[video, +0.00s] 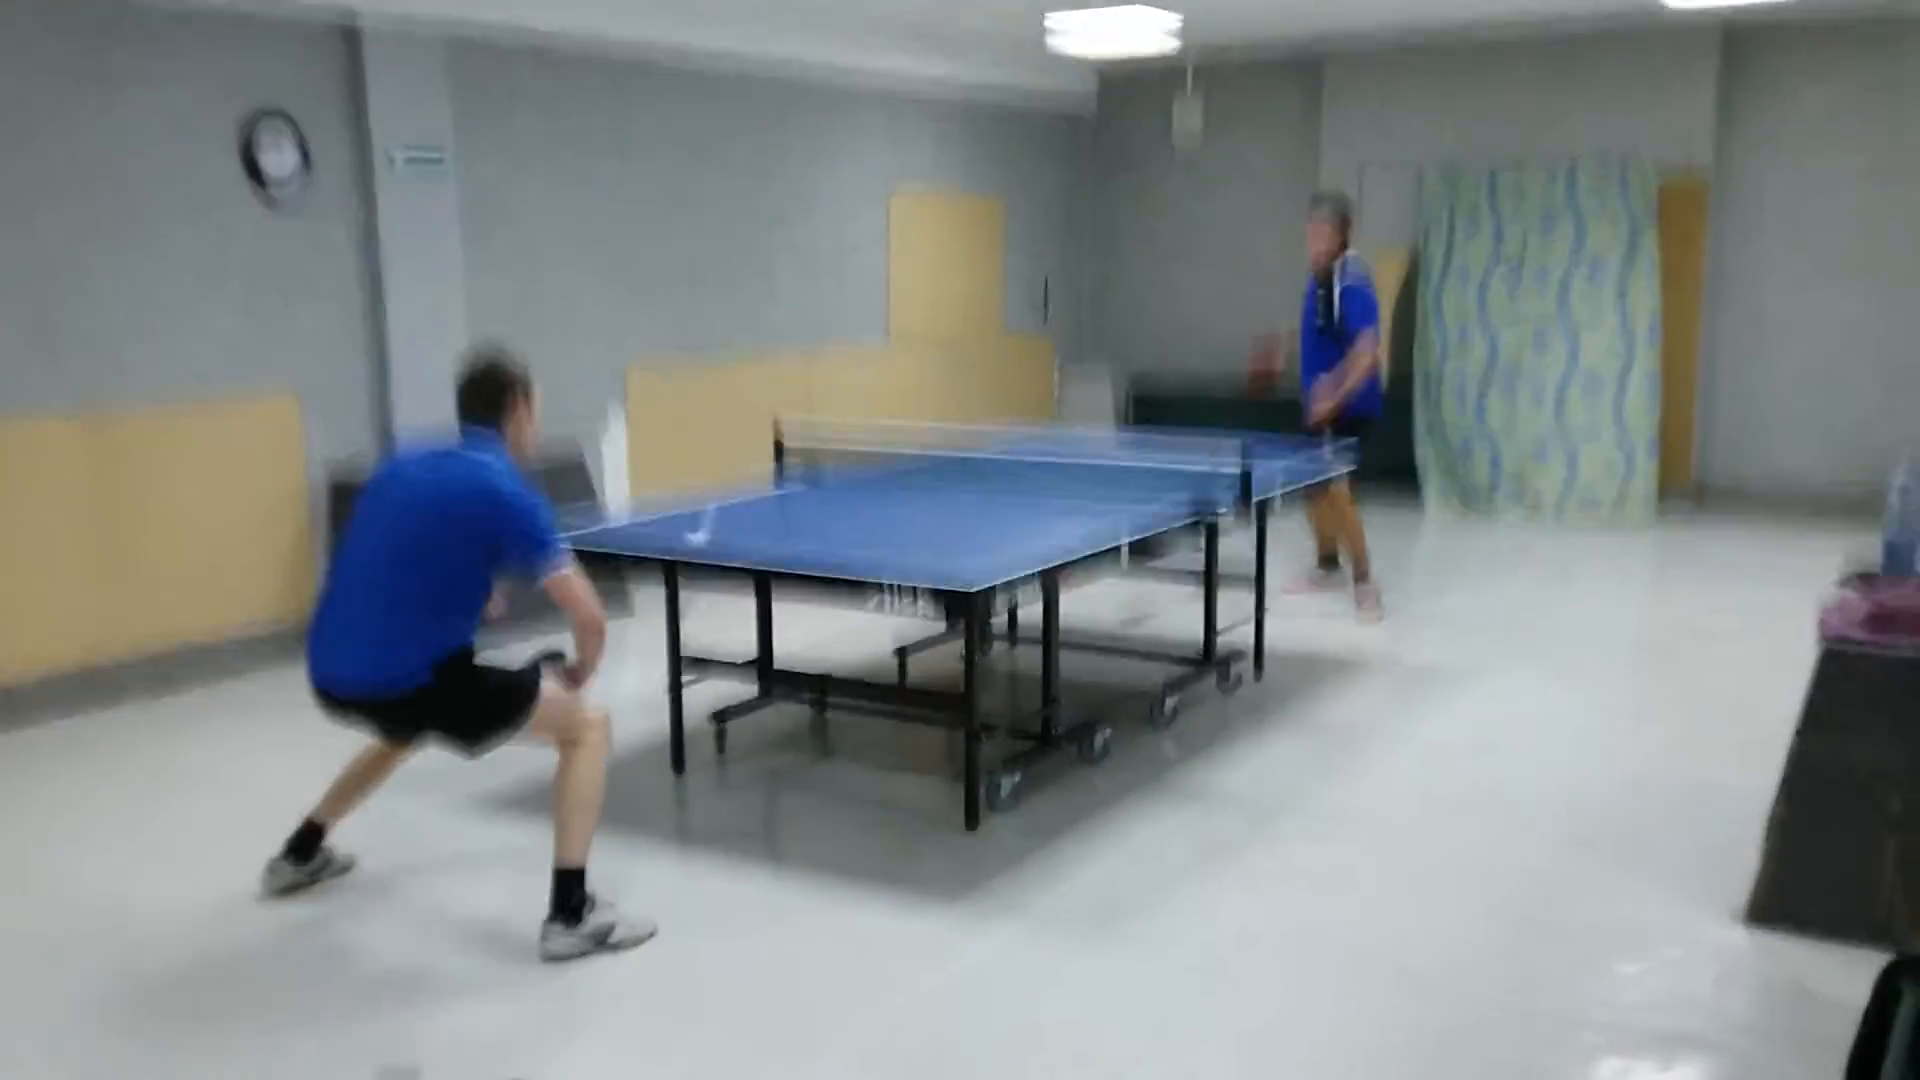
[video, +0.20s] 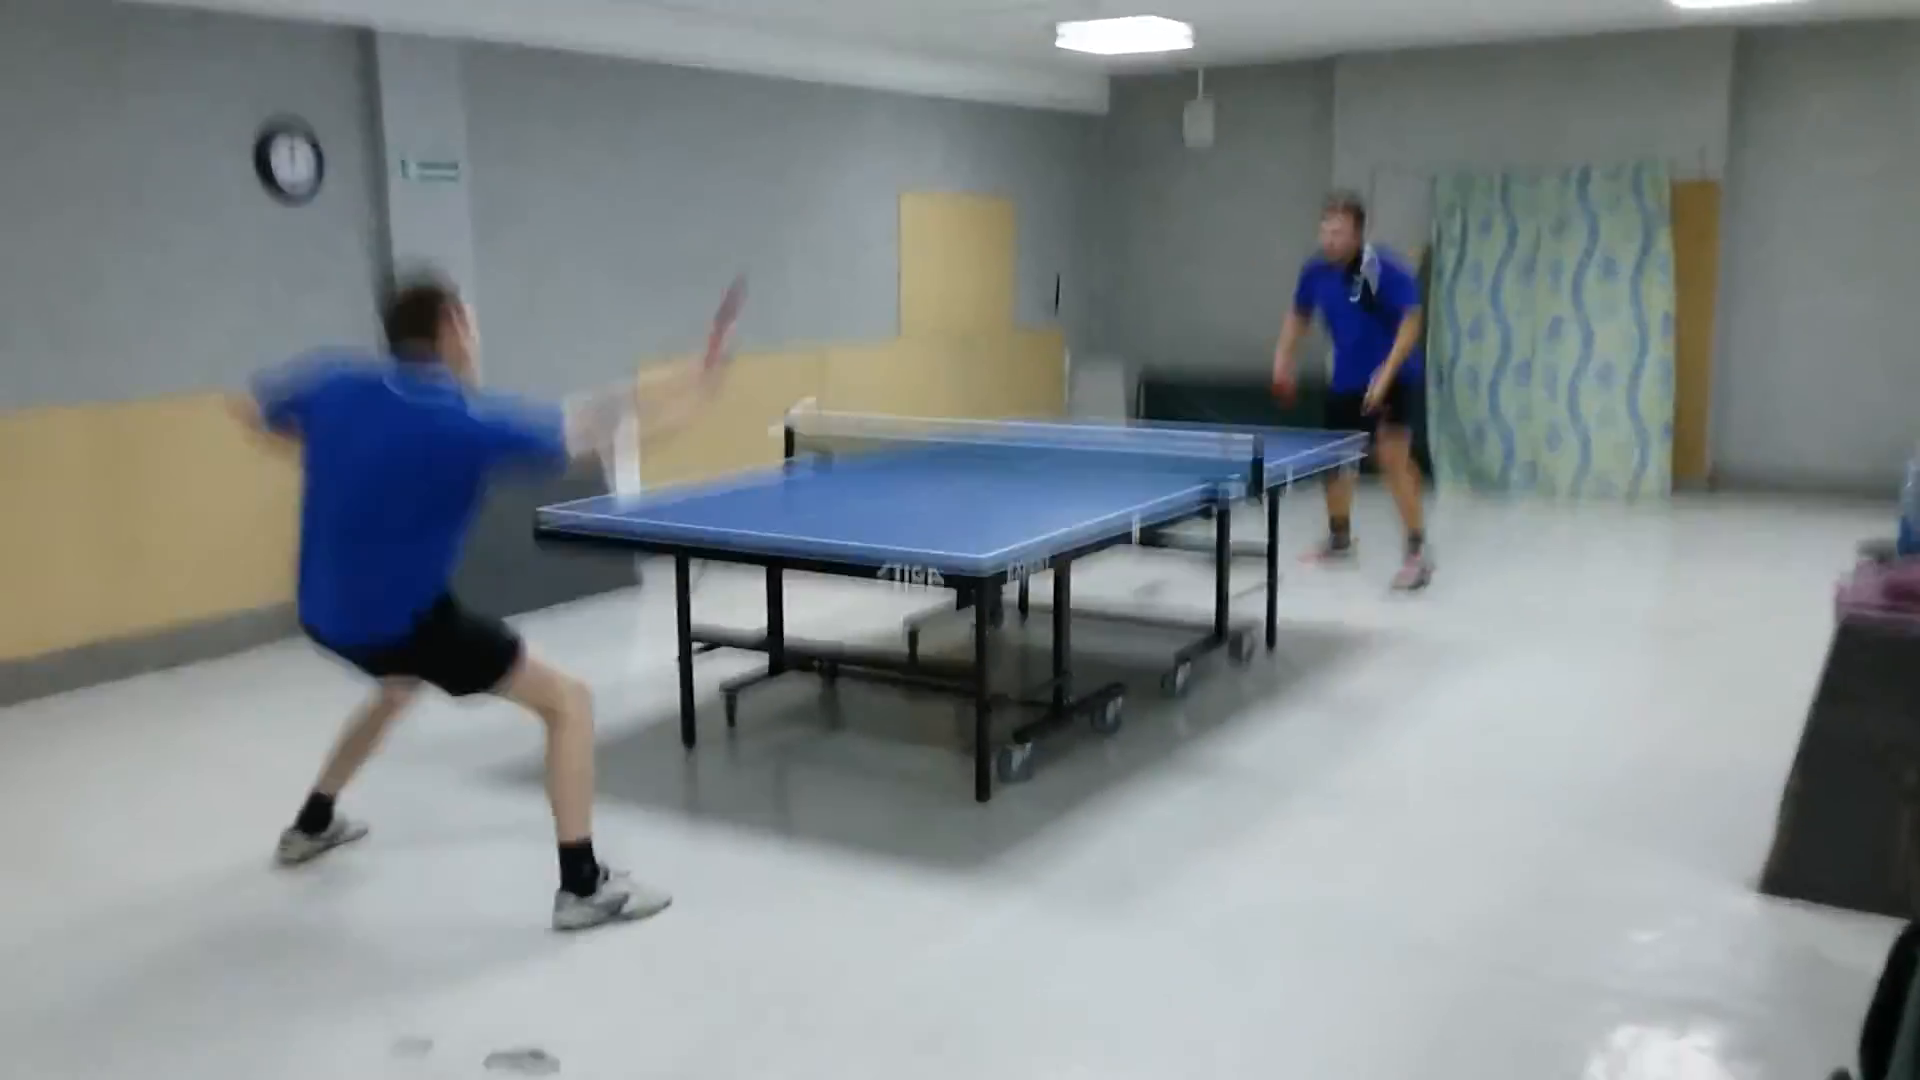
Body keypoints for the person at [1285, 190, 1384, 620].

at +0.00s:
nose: (1315, 240)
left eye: (1323, 231)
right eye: (1311, 230)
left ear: (1342, 234)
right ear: (1306, 235)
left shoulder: (1351, 280)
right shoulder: (1319, 278)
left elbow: (1366, 348)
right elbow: (1316, 337)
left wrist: (1334, 392)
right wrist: (1284, 357)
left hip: (1347, 399)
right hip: (1319, 394)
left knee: (1337, 487)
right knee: (1314, 485)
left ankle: (1362, 580)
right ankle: (1326, 565)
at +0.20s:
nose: (1332, 239)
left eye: (1341, 231)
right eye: (1327, 230)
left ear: (1359, 233)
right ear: (1320, 233)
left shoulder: (1385, 269)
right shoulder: (1316, 273)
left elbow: (1411, 320)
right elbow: (1297, 317)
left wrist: (1385, 374)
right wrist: (1283, 361)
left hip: (1392, 375)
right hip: (1345, 377)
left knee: (1392, 453)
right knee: (1336, 457)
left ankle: (1415, 549)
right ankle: (1339, 538)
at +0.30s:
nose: (1321, 252)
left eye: (1331, 244)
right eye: (1317, 243)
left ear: (1349, 249)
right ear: (1310, 247)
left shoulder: (1377, 280)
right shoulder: (1306, 288)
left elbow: (1416, 324)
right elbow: (1280, 329)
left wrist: (1398, 383)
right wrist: (1277, 368)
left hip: (1387, 387)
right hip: (1339, 390)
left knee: (1402, 462)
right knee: (1314, 464)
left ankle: (1442, 551)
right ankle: (1311, 542)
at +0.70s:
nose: (1355, 332)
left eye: (1364, 323)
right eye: (1349, 323)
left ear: (1382, 325)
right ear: (1342, 326)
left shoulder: (1415, 342)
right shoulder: (1334, 363)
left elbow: (1465, 373)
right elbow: (1296, 423)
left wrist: (1494, 420)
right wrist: (1311, 407)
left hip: (1434, 439)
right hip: (1379, 444)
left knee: (1458, 503)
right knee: (1344, 503)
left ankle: (1490, 585)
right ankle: (1315, 584)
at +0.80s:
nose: (1349, 334)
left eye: (1358, 324)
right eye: (1343, 326)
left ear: (1377, 327)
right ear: (1337, 333)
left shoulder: (1413, 346)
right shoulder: (1335, 375)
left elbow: (1460, 375)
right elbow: (1294, 423)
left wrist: (1497, 416)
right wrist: (1281, 411)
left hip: (1437, 438)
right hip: (1382, 446)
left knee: (1463, 496)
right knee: (1351, 498)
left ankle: (1493, 583)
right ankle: (1316, 584)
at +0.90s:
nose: (1355, 329)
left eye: (1363, 320)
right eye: (1348, 323)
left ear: (1383, 323)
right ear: (1343, 330)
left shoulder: (1421, 343)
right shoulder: (1344, 374)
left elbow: (1461, 375)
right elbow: (1311, 427)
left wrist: (1498, 410)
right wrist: (1297, 423)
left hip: (1442, 438)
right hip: (1387, 445)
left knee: (1472, 500)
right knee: (1354, 498)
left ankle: (1507, 580)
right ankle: (1317, 584)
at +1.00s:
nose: (1381, 316)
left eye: (1390, 307)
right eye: (1375, 309)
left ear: (1409, 311)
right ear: (1368, 316)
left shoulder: (1446, 340)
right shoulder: (1364, 366)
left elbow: (1484, 375)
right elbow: (1341, 420)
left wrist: (1517, 414)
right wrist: (1336, 438)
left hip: (1455, 440)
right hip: (1399, 445)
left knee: (1484, 511)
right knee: (1364, 499)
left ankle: (1527, 578)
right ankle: (1318, 585)